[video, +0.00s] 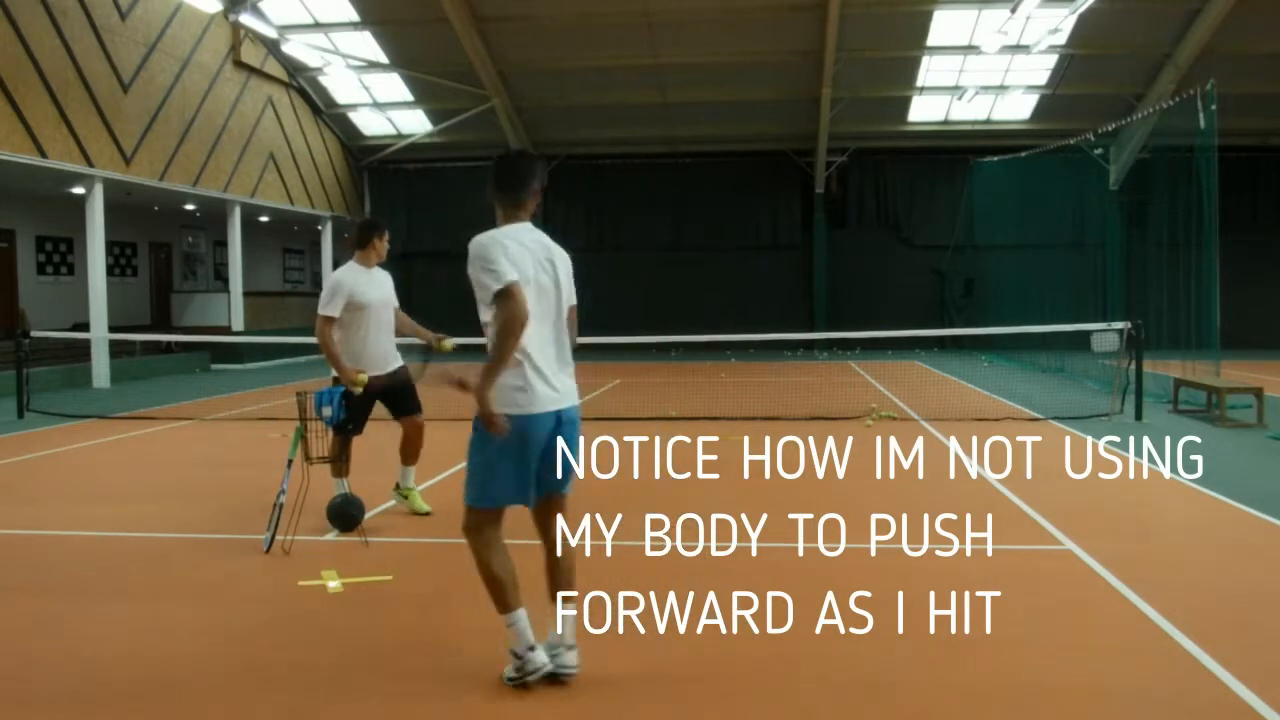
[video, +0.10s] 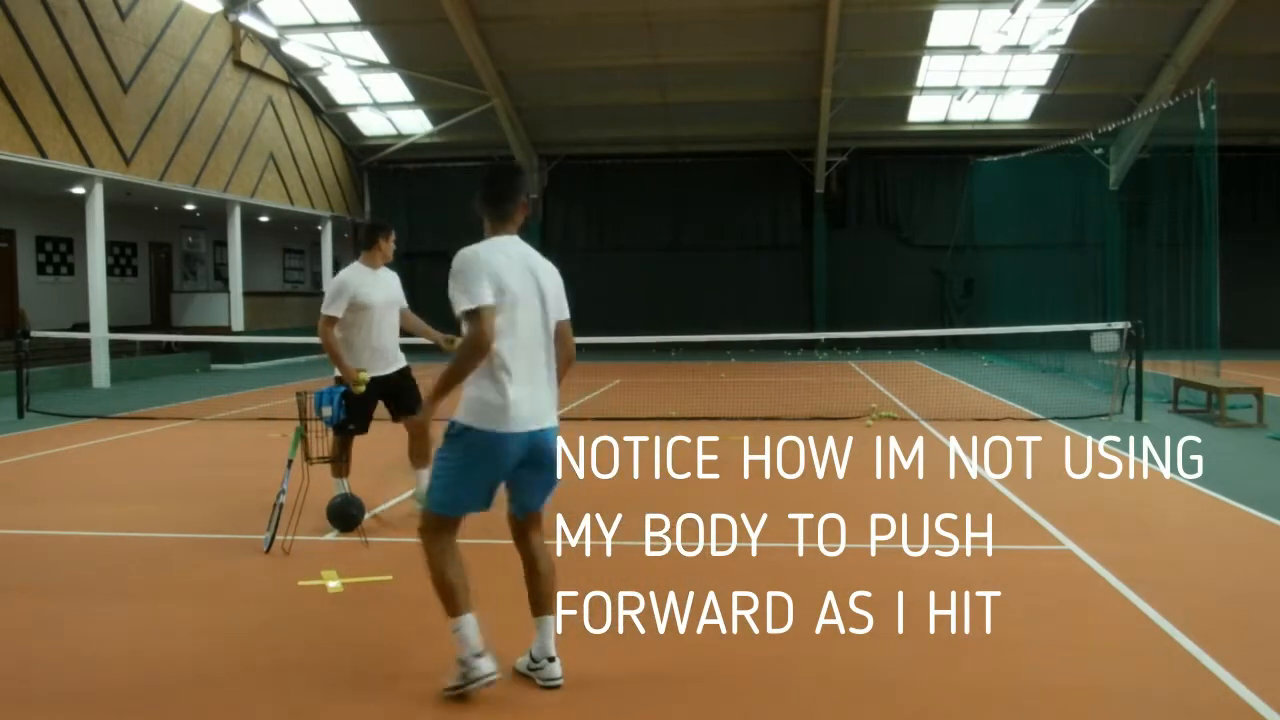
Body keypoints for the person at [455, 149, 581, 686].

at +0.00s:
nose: (538, 197)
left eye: (517, 190)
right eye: (539, 190)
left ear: (493, 193)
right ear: (537, 195)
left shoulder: (489, 244)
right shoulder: (558, 252)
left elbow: (515, 311)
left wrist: (486, 385)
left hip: (514, 409)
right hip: (563, 406)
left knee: (481, 526)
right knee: (552, 516)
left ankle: (526, 648)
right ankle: (565, 642)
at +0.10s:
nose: (524, 211)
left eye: (507, 205)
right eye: (525, 204)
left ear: (480, 208)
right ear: (524, 209)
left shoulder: (472, 260)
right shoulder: (546, 268)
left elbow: (480, 339)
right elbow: (565, 351)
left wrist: (433, 399)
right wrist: (540, 400)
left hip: (487, 426)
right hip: (542, 426)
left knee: (437, 528)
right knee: (530, 527)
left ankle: (472, 656)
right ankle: (546, 654)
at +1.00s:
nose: (487, 215)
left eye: (483, 207)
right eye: (486, 208)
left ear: (435, 212)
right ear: (480, 212)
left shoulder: (406, 277)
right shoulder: (465, 282)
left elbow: (430, 366)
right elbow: (478, 387)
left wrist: (512, 358)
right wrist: (515, 417)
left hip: (397, 452)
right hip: (433, 457)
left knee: (436, 565)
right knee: (475, 598)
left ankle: (369, 671)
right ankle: (421, 712)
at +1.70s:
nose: (626, 240)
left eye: (628, 231)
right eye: (621, 230)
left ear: (614, 235)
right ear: (596, 231)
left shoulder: (614, 277)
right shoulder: (546, 268)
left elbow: (664, 312)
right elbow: (495, 300)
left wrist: (719, 309)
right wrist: (539, 279)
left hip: (563, 430)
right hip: (529, 429)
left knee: (590, 535)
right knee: (603, 534)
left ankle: (517, 619)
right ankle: (616, 676)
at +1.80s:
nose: (642, 263)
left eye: (643, 255)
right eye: (638, 254)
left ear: (618, 258)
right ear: (618, 256)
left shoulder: (631, 299)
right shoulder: (565, 294)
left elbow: (683, 334)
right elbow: (514, 334)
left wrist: (753, 351)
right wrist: (532, 322)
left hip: (573, 441)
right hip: (544, 442)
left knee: (613, 524)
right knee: (633, 540)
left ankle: (567, 611)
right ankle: (624, 680)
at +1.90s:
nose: (657, 275)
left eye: (656, 266)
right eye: (652, 266)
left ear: (631, 272)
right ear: (630, 270)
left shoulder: (645, 310)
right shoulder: (578, 312)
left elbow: (704, 351)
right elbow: (534, 378)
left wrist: (772, 386)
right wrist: (547, 364)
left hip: (583, 445)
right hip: (555, 448)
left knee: (639, 528)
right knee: (639, 539)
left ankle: (608, 611)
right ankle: (624, 680)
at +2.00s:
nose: (664, 280)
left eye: (664, 271)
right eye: (658, 270)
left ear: (648, 273)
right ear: (632, 270)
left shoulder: (655, 314)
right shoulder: (588, 320)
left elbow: (711, 352)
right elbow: (565, 380)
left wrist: (778, 393)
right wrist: (550, 417)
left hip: (600, 442)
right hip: (565, 445)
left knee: (656, 522)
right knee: (631, 535)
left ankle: (613, 610)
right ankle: (625, 678)